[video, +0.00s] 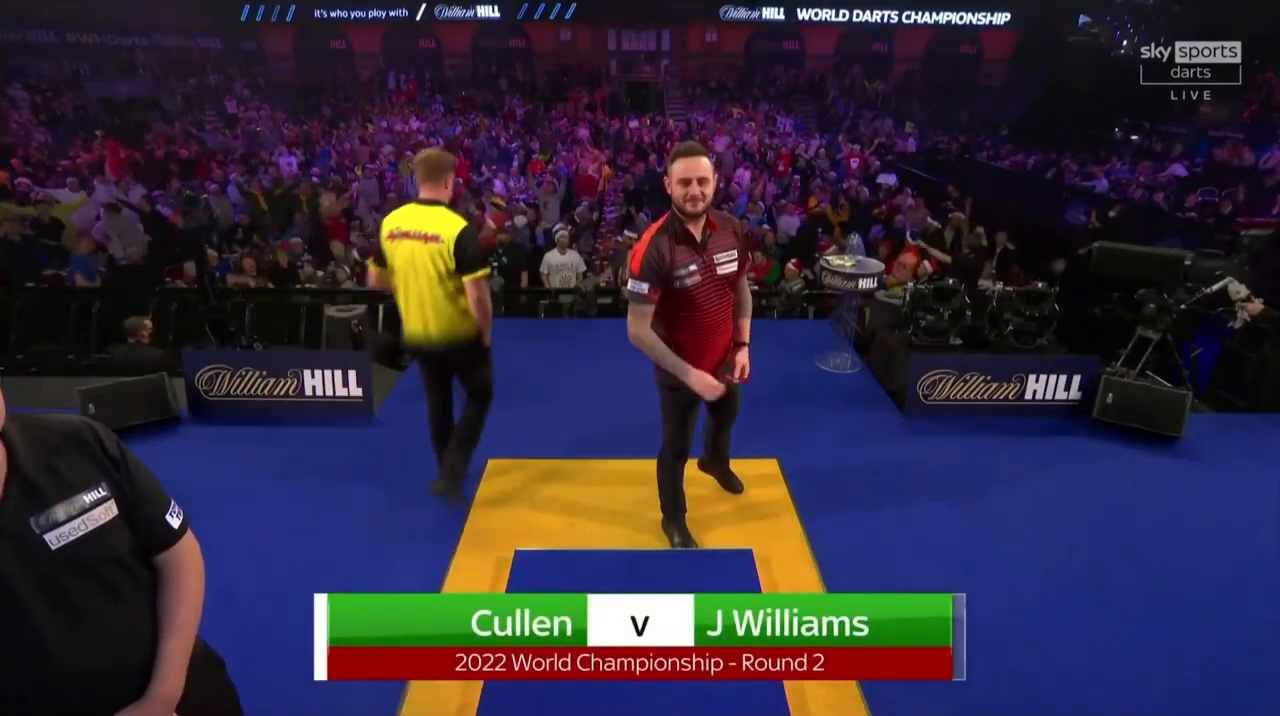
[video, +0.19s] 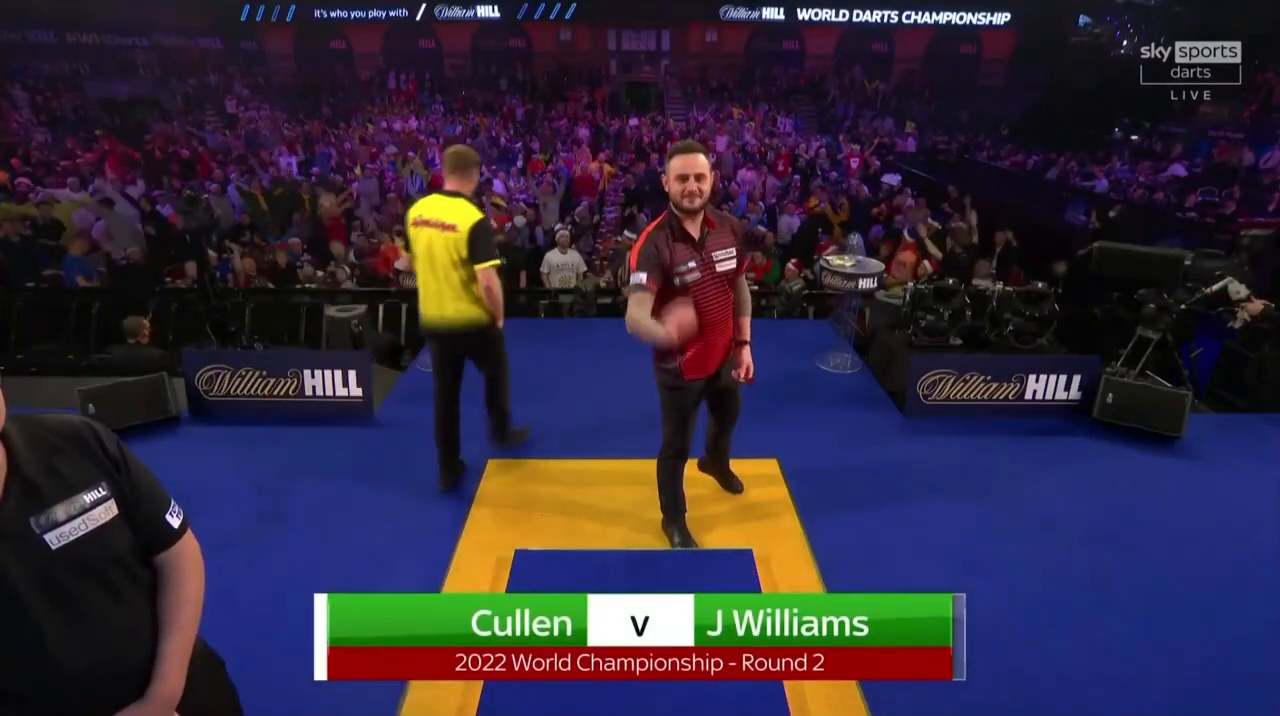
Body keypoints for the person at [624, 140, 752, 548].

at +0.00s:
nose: (694, 191)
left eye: (702, 181)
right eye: (685, 182)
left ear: (714, 184)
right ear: (669, 186)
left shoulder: (731, 230)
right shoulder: (653, 248)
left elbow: (742, 290)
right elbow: (638, 330)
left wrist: (743, 345)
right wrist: (691, 374)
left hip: (723, 358)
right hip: (679, 367)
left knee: (727, 411)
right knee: (677, 447)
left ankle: (714, 460)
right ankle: (673, 519)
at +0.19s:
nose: (692, 186)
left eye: (699, 177)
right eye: (682, 178)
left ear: (711, 182)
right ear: (666, 184)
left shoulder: (727, 228)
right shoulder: (653, 243)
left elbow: (740, 285)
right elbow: (636, 315)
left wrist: (745, 343)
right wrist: (665, 335)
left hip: (722, 355)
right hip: (679, 365)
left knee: (728, 409)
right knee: (677, 447)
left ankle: (715, 460)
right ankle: (673, 520)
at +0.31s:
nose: (689, 185)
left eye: (697, 176)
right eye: (678, 177)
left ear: (709, 180)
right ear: (663, 184)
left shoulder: (725, 227)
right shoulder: (652, 241)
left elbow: (740, 285)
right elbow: (635, 306)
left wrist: (745, 343)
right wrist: (657, 288)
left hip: (723, 353)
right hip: (680, 363)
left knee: (730, 410)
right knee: (677, 446)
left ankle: (715, 460)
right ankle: (674, 520)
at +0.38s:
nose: (687, 185)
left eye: (695, 176)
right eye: (677, 177)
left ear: (707, 180)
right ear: (663, 185)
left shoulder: (725, 226)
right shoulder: (652, 237)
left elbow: (740, 284)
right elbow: (633, 303)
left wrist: (745, 342)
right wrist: (653, 265)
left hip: (724, 352)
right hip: (681, 361)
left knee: (730, 410)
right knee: (677, 446)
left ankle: (715, 460)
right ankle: (674, 520)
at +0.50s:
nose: (686, 185)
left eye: (694, 176)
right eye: (675, 177)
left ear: (706, 180)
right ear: (660, 185)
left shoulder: (724, 225)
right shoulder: (650, 238)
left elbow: (741, 282)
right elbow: (632, 298)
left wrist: (746, 342)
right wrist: (646, 237)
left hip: (725, 353)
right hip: (682, 363)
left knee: (730, 411)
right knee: (678, 446)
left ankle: (715, 461)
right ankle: (674, 520)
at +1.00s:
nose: (687, 188)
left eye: (695, 179)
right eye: (677, 180)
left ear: (708, 183)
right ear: (662, 188)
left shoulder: (726, 228)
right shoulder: (651, 241)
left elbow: (744, 287)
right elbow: (633, 302)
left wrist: (748, 345)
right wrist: (654, 234)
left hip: (726, 355)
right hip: (682, 365)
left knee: (729, 414)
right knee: (678, 447)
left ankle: (715, 461)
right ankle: (674, 520)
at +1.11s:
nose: (691, 187)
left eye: (698, 177)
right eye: (680, 179)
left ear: (710, 181)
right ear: (664, 185)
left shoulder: (725, 229)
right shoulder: (658, 237)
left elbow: (739, 288)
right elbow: (658, 258)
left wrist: (746, 347)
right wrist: (660, 276)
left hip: (724, 355)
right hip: (682, 364)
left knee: (729, 412)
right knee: (679, 447)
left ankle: (718, 458)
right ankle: (674, 520)